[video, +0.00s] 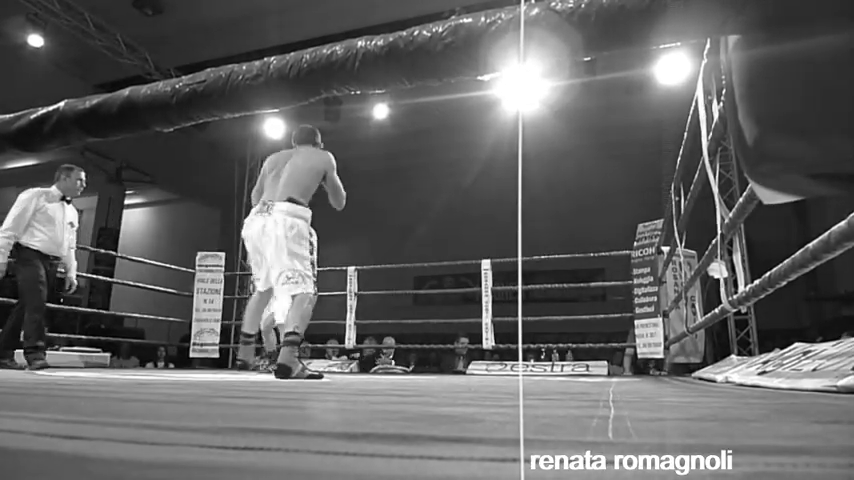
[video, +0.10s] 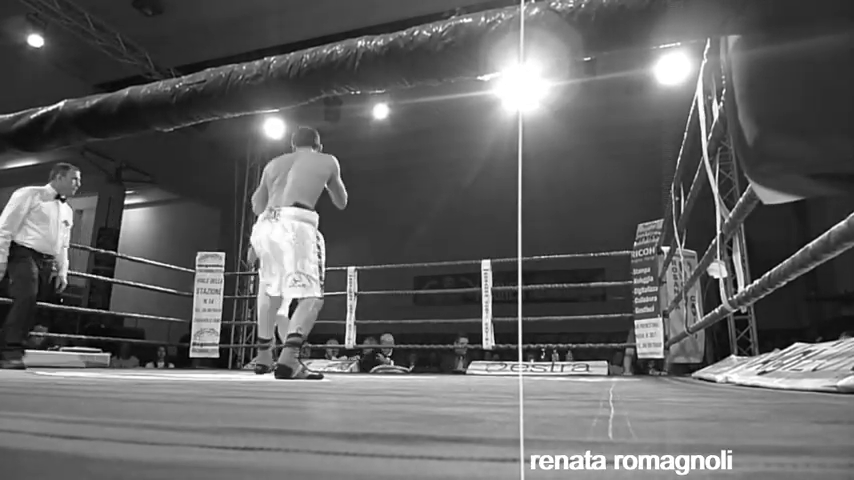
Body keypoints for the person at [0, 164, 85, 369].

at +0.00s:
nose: (83, 186)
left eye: (84, 182)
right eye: (79, 180)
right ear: (63, 178)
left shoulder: (72, 213)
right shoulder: (34, 196)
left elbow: (70, 246)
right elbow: (9, 230)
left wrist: (71, 273)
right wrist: (2, 260)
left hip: (51, 262)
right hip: (29, 255)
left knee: (25, 306)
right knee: (36, 302)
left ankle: (4, 352)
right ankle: (35, 355)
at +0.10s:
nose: (78, 184)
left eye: (79, 181)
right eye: (74, 179)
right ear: (58, 177)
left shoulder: (67, 211)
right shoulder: (28, 195)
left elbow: (64, 245)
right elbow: (5, 230)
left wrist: (63, 271)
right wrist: (3, 262)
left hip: (46, 261)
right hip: (23, 254)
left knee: (34, 305)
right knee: (26, 297)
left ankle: (15, 351)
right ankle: (10, 352)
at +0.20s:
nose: (73, 184)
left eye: (74, 181)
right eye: (70, 179)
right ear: (53, 177)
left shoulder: (63, 210)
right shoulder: (23, 196)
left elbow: (60, 245)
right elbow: (2, 229)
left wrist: (57, 271)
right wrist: (1, 260)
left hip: (43, 262)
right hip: (20, 255)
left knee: (24, 308)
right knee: (16, 300)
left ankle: (6, 352)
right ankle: (4, 352)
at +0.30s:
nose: (66, 183)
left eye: (67, 179)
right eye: (63, 177)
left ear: (51, 179)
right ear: (46, 176)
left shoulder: (56, 209)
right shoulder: (17, 196)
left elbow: (54, 243)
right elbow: (1, 228)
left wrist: (51, 269)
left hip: (39, 263)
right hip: (15, 257)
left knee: (19, 311)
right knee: (5, 305)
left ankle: (5, 353)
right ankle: (3, 353)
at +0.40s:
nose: (60, 180)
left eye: (62, 176)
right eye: (57, 175)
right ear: (40, 173)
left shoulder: (53, 206)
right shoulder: (10, 194)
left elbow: (52, 243)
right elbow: (1, 227)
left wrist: (48, 270)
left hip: (36, 262)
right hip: (10, 257)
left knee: (17, 312)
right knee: (3, 302)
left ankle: (5, 354)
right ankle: (4, 353)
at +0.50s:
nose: (55, 176)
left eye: (56, 172)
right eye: (51, 171)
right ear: (34, 170)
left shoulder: (50, 204)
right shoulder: (6, 190)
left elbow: (49, 241)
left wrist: (46, 269)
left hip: (31, 260)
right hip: (6, 255)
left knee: (16, 310)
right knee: (6, 307)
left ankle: (7, 353)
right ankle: (5, 353)